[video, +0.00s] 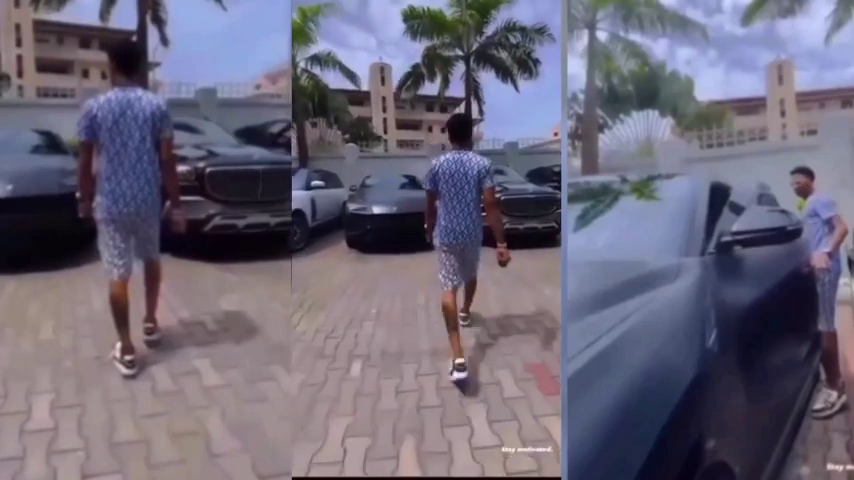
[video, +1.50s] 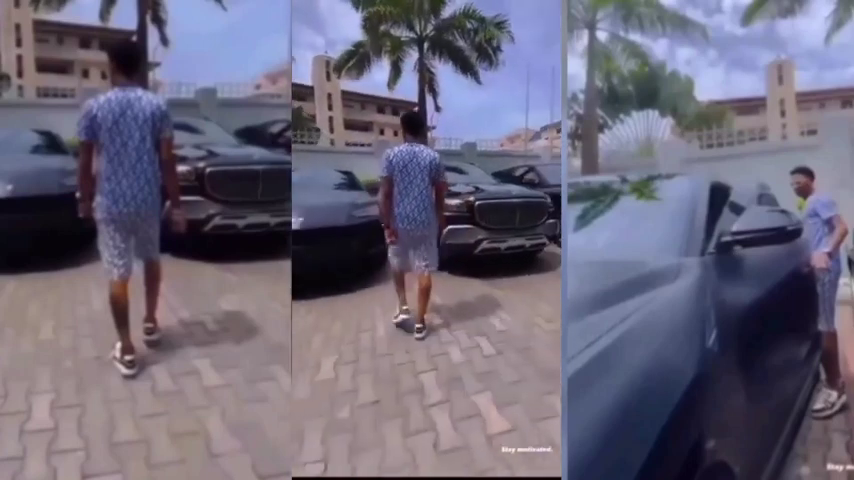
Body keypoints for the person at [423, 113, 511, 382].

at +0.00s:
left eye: (451, 132)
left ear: (449, 135)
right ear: (471, 135)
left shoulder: (438, 165)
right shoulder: (481, 164)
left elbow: (431, 203)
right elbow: (489, 204)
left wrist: (430, 228)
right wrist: (500, 243)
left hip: (444, 234)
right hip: (472, 233)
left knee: (449, 289)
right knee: (471, 275)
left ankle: (458, 357)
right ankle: (465, 311)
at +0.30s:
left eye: (450, 126)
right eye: (466, 125)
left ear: (448, 128)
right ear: (471, 127)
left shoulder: (439, 156)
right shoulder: (481, 155)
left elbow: (433, 196)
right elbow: (489, 193)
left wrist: (430, 228)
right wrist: (489, 218)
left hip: (447, 223)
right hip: (473, 224)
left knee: (443, 267)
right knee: (472, 275)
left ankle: (448, 312)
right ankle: (465, 329)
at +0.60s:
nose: (441, 135)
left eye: (440, 131)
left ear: (441, 132)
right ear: (464, 131)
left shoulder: (434, 161)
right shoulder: (475, 157)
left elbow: (430, 201)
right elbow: (482, 192)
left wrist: (427, 232)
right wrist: (479, 214)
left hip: (445, 226)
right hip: (470, 225)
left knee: (445, 268)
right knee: (472, 277)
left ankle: (449, 305)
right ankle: (467, 339)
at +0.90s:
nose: (432, 131)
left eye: (432, 127)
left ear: (432, 128)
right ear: (454, 128)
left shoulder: (422, 156)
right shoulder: (463, 154)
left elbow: (415, 194)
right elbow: (472, 191)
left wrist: (414, 223)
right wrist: (476, 219)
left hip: (433, 221)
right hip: (459, 220)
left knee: (437, 272)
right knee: (462, 263)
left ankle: (442, 324)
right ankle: (462, 306)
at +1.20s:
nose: (424, 138)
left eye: (424, 134)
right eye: (434, 133)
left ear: (424, 135)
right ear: (444, 135)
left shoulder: (412, 161)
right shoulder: (452, 163)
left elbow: (403, 198)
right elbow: (457, 199)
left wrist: (400, 226)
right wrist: (465, 231)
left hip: (418, 225)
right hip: (443, 225)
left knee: (420, 279)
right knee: (443, 266)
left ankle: (427, 339)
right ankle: (439, 304)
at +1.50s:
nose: (403, 132)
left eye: (402, 129)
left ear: (402, 130)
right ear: (424, 129)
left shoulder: (392, 155)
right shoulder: (432, 156)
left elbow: (386, 193)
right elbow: (440, 192)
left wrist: (386, 224)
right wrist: (440, 219)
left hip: (399, 222)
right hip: (425, 222)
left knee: (397, 266)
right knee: (424, 270)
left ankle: (403, 306)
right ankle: (420, 322)